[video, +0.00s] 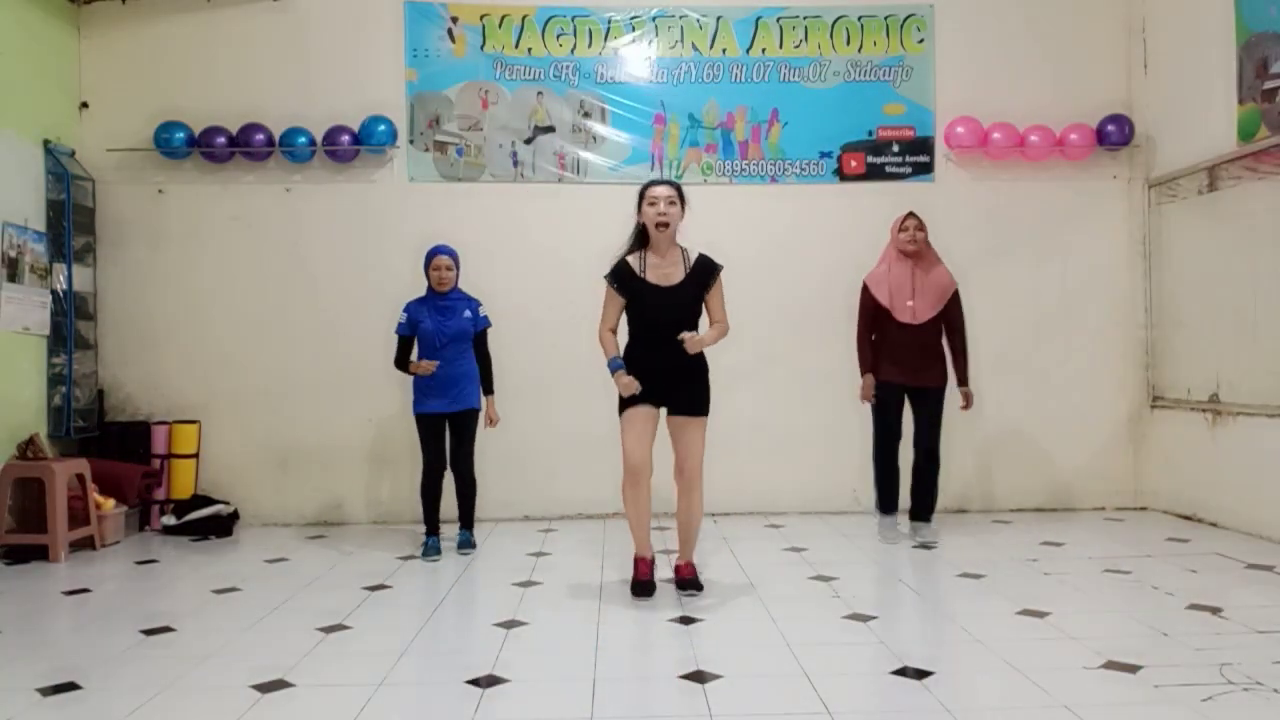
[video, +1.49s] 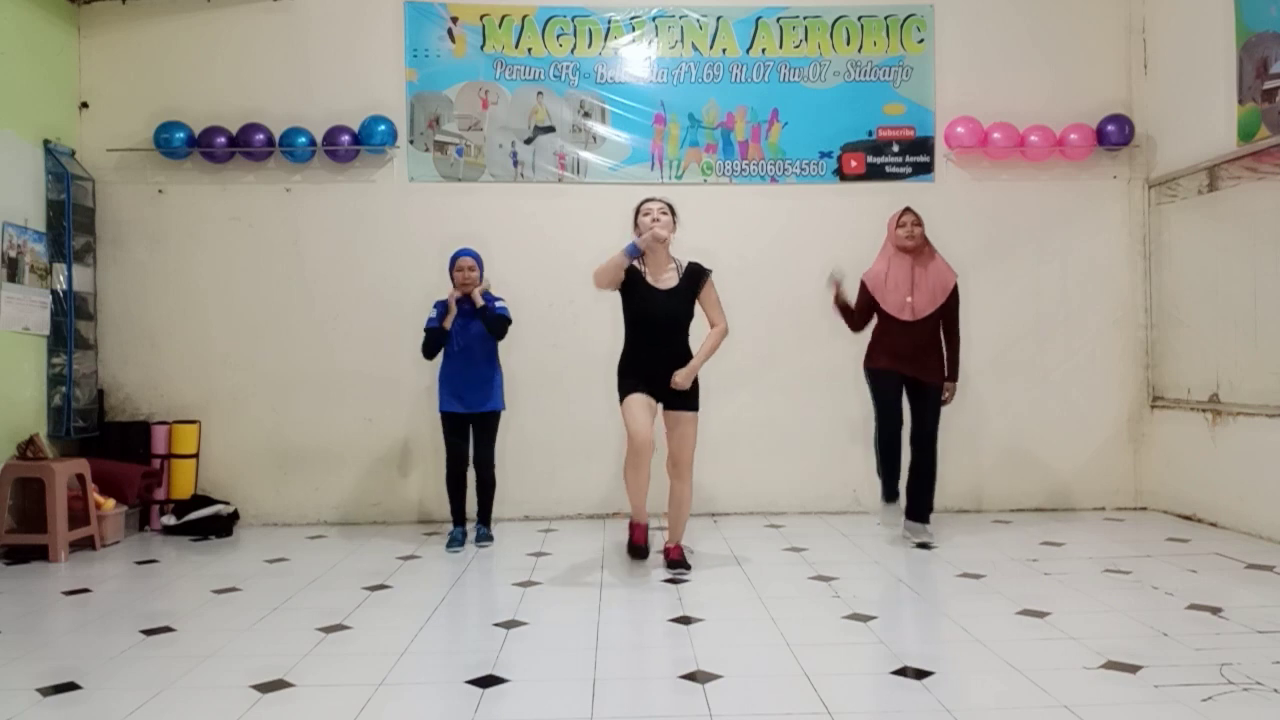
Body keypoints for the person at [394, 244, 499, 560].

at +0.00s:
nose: (442, 274)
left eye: (448, 269)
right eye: (436, 269)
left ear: (457, 272)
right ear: (427, 273)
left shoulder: (471, 306)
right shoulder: (415, 309)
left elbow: (482, 354)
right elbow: (401, 359)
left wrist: (489, 399)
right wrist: (414, 366)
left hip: (465, 398)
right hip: (428, 400)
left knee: (462, 465)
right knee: (434, 466)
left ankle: (466, 531)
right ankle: (431, 535)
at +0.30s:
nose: (447, 275)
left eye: (453, 269)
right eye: (441, 269)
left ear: (462, 272)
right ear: (432, 273)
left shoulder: (476, 304)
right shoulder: (421, 307)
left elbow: (494, 354)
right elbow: (407, 349)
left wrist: (485, 386)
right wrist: (417, 361)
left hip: (470, 392)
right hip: (436, 390)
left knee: (466, 459)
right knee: (444, 446)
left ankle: (466, 529)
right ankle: (441, 508)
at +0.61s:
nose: (457, 279)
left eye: (462, 273)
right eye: (451, 273)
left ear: (470, 274)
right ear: (440, 274)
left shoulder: (482, 305)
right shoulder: (425, 307)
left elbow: (501, 341)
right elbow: (412, 357)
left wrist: (500, 366)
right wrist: (436, 352)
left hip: (472, 392)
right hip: (438, 396)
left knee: (472, 452)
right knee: (442, 463)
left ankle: (476, 507)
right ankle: (439, 532)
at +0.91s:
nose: (463, 280)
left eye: (469, 275)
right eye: (457, 275)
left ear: (477, 277)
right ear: (448, 277)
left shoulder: (490, 305)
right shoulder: (436, 307)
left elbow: (501, 349)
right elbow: (425, 355)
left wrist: (477, 315)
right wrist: (445, 321)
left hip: (485, 392)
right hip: (450, 391)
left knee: (484, 459)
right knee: (454, 450)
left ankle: (485, 527)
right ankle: (444, 517)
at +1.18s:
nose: (465, 275)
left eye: (471, 271)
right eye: (459, 271)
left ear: (480, 275)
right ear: (450, 275)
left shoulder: (492, 303)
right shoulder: (439, 303)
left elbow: (488, 336)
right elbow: (439, 337)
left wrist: (472, 298)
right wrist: (455, 298)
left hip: (483, 393)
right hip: (448, 394)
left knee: (484, 459)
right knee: (455, 461)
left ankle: (486, 526)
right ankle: (459, 528)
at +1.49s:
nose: (466, 274)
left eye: (472, 269)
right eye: (459, 270)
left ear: (481, 274)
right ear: (451, 275)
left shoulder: (493, 303)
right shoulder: (442, 307)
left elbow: (499, 332)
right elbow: (429, 351)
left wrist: (478, 299)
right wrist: (450, 315)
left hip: (487, 398)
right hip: (453, 399)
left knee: (483, 462)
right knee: (456, 463)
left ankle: (484, 525)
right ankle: (458, 527)